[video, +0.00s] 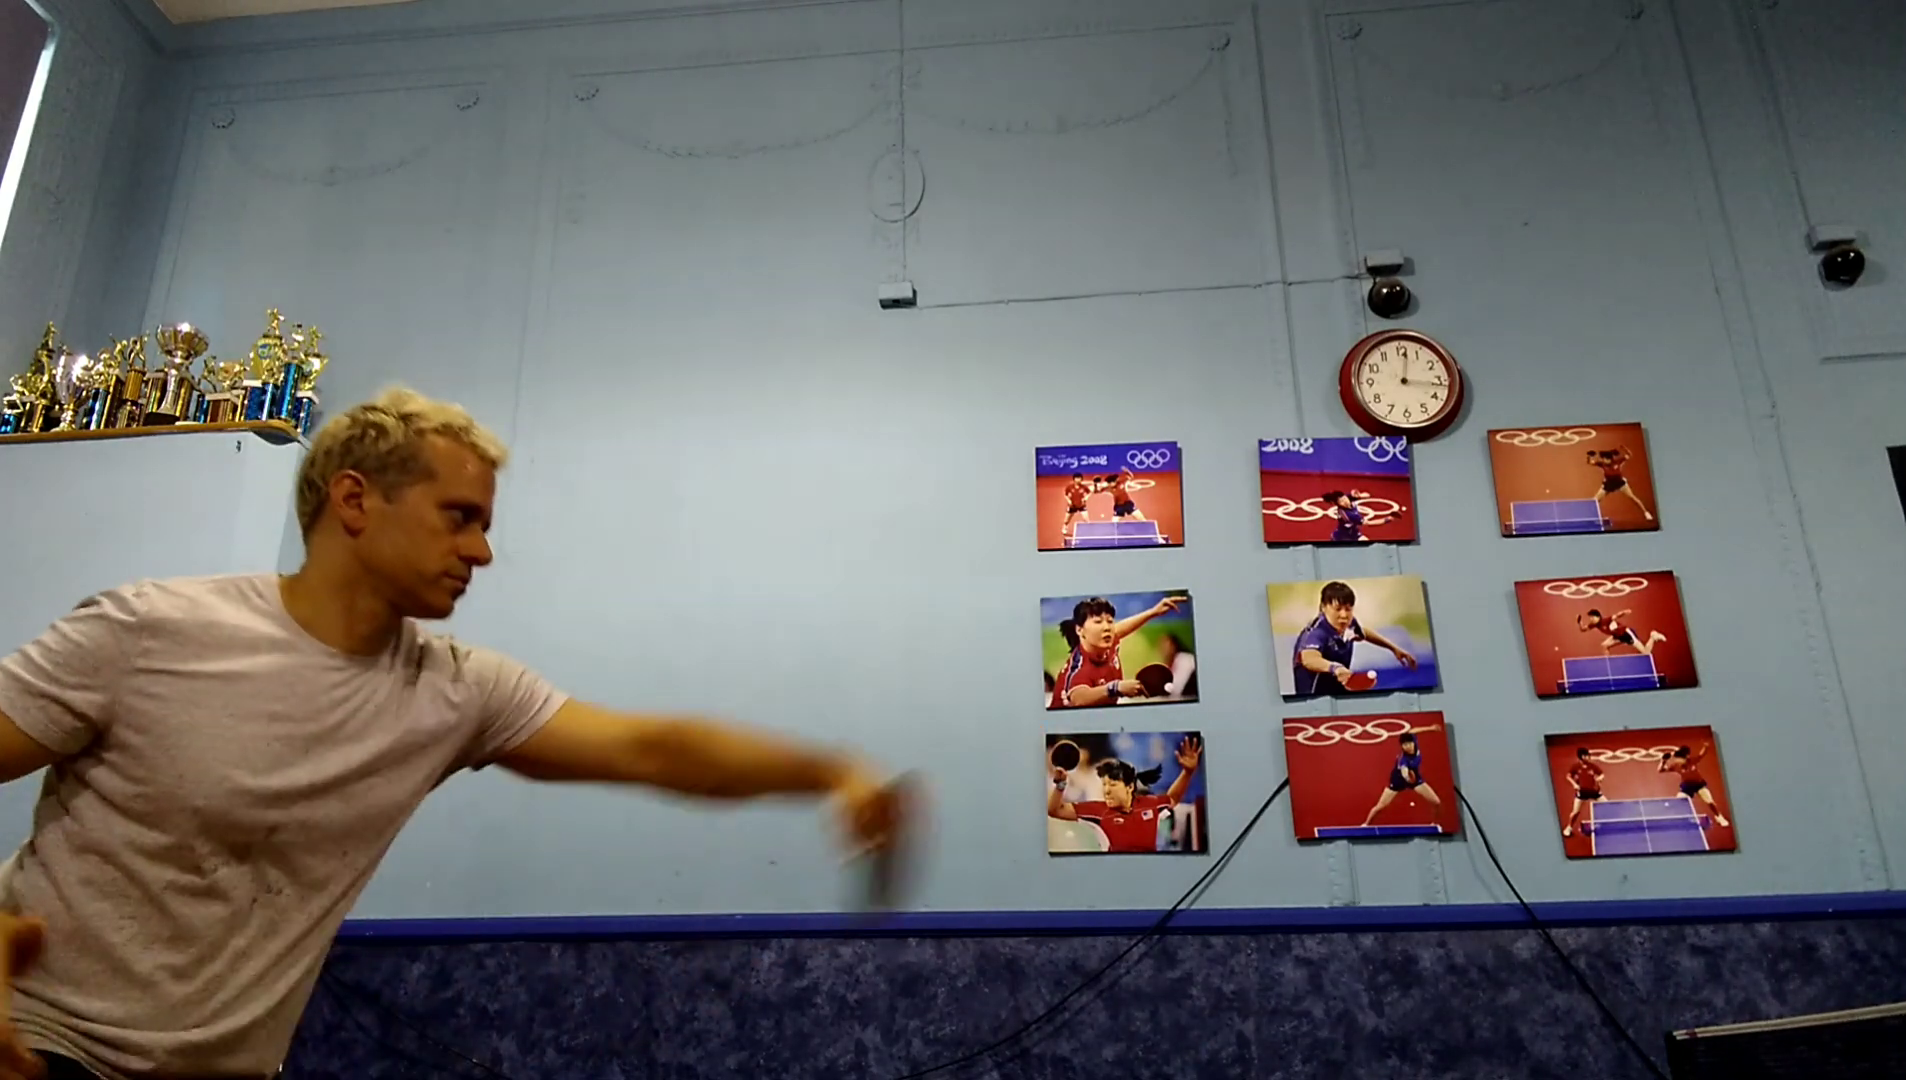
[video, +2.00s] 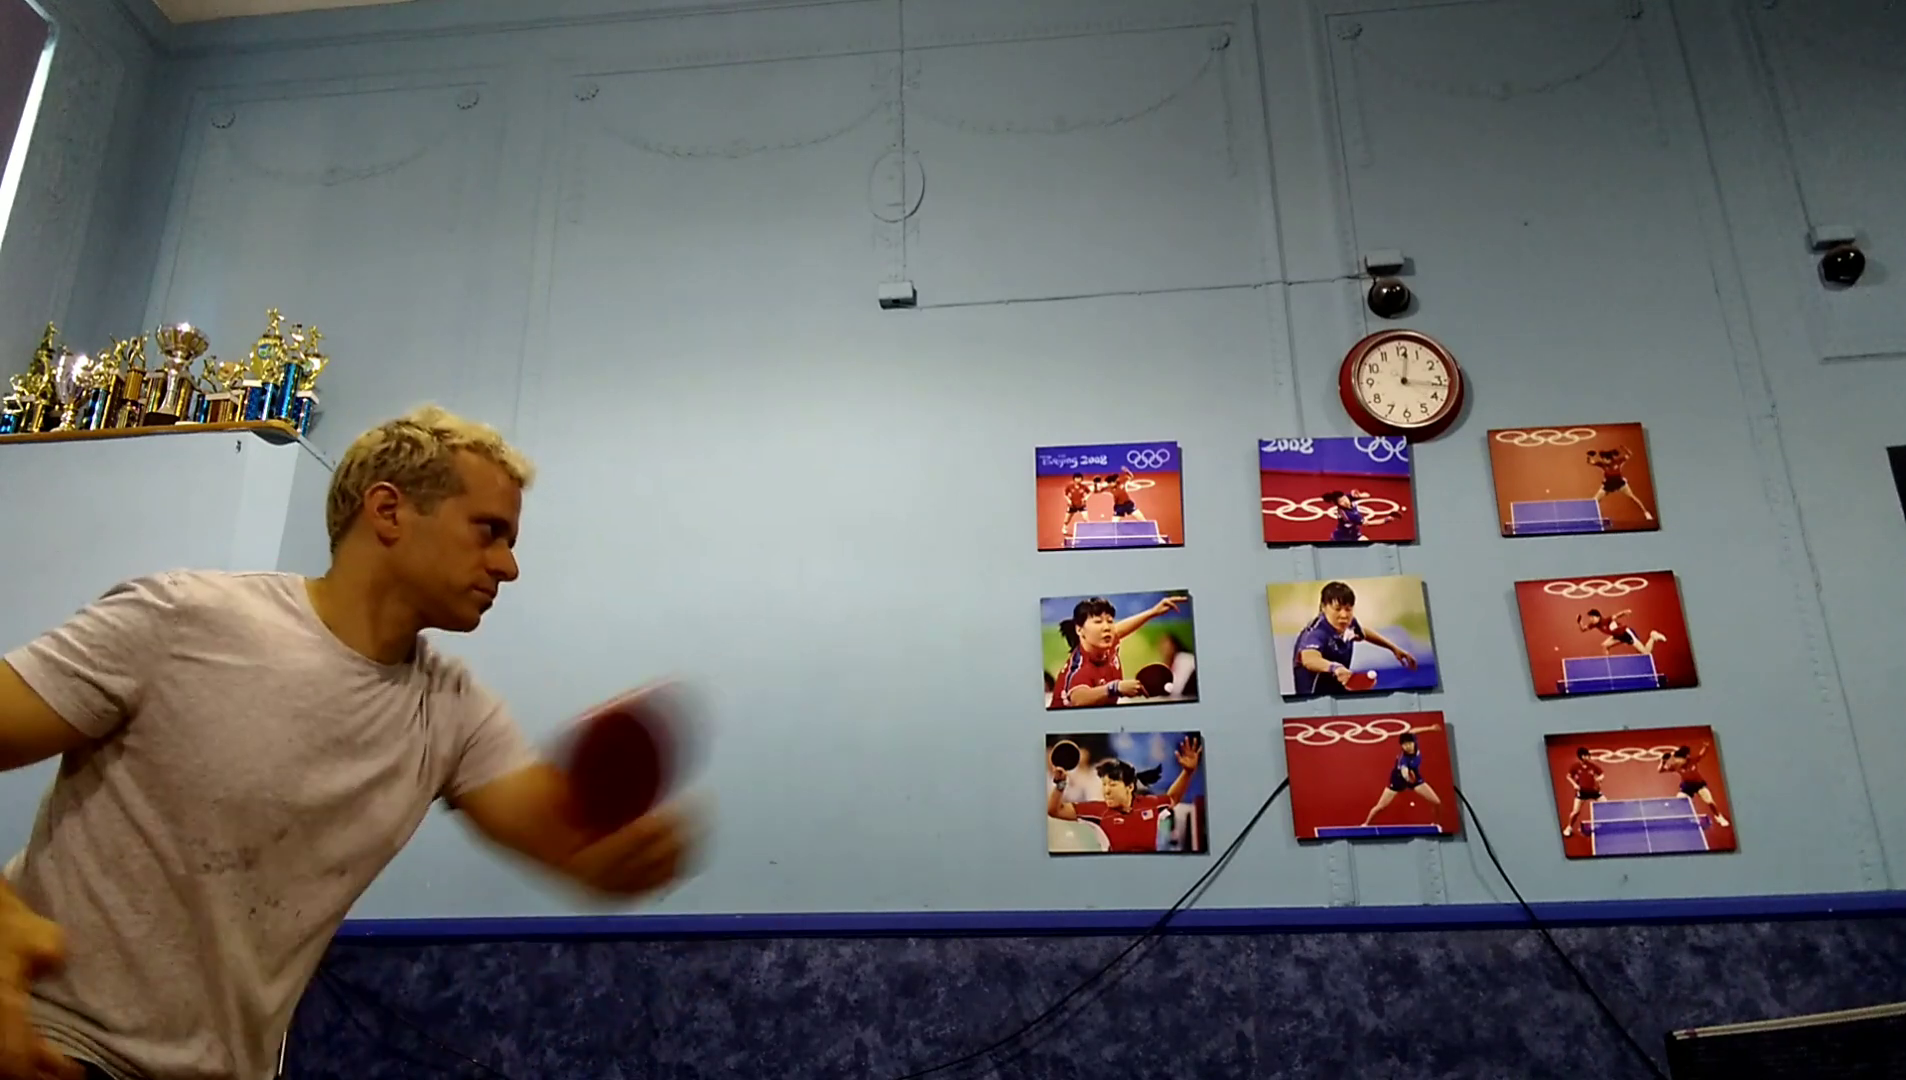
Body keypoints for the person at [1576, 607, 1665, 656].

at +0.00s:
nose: (1590, 620)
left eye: (1591, 618)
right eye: (1590, 618)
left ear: (1597, 617)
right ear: (1593, 618)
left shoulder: (1606, 620)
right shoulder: (1594, 624)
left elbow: (1617, 616)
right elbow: (1583, 630)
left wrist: (1625, 612)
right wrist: (1579, 623)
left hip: (1627, 634)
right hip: (1618, 637)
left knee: (1645, 652)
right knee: (1604, 645)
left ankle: (1653, 636)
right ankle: (1608, 666)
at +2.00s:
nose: (1591, 620)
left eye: (1591, 618)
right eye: (1590, 619)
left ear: (1597, 617)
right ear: (1593, 618)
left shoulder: (1607, 620)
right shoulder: (1595, 625)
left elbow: (1617, 615)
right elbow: (1584, 630)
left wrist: (1625, 612)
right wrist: (1579, 623)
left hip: (1627, 634)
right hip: (1618, 637)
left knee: (1646, 652)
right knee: (1604, 645)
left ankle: (1653, 636)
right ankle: (1608, 667)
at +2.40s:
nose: (1590, 620)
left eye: (1591, 618)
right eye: (1590, 618)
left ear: (1597, 617)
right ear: (1593, 618)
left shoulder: (1607, 620)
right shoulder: (1594, 624)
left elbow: (1617, 615)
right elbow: (1583, 630)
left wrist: (1626, 612)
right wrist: (1579, 623)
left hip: (1627, 634)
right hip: (1618, 636)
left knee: (1645, 652)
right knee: (1604, 645)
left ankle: (1653, 637)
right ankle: (1608, 667)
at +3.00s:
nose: (1590, 620)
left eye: (1591, 618)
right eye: (1590, 619)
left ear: (1597, 617)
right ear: (1593, 618)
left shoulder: (1607, 620)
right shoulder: (1595, 625)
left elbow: (1617, 615)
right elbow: (1584, 630)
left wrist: (1625, 612)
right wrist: (1579, 623)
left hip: (1627, 634)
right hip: (1618, 637)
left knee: (1646, 652)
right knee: (1604, 645)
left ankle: (1653, 636)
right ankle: (1608, 667)